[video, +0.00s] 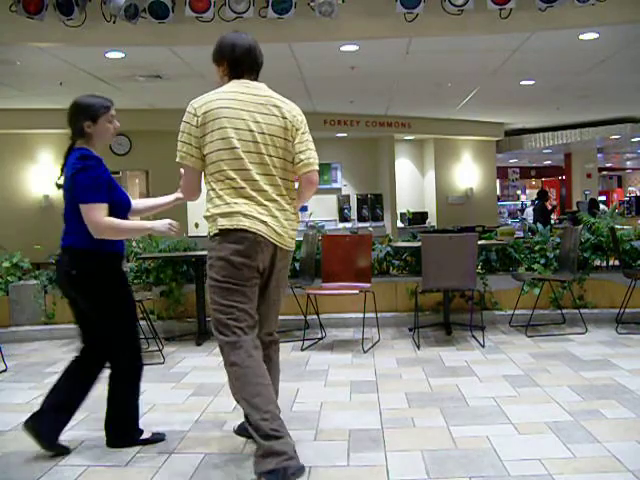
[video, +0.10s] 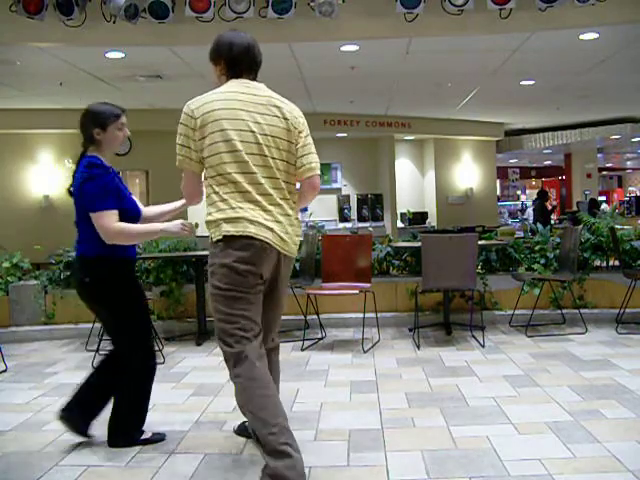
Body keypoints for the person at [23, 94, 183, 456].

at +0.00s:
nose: (117, 124)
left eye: (115, 118)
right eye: (110, 119)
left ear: (89, 127)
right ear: (90, 125)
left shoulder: (87, 162)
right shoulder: (87, 165)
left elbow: (127, 206)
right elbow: (99, 226)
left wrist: (177, 197)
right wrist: (153, 227)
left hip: (81, 265)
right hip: (97, 266)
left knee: (97, 348)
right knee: (127, 352)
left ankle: (45, 424)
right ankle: (123, 432)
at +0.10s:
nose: (127, 134)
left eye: (126, 128)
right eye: (120, 128)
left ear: (101, 134)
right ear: (98, 133)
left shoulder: (105, 171)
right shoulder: (95, 174)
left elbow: (138, 215)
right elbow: (110, 231)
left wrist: (185, 203)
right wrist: (165, 229)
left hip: (112, 270)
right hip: (104, 272)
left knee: (134, 348)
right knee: (137, 350)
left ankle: (77, 415)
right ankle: (126, 434)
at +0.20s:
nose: (136, 132)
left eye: (136, 125)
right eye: (130, 126)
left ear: (116, 132)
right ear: (108, 131)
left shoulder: (118, 168)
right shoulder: (103, 170)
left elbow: (141, 218)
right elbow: (116, 228)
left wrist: (184, 214)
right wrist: (175, 226)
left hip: (127, 268)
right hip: (113, 270)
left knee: (157, 339)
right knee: (145, 345)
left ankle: (128, 425)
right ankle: (124, 432)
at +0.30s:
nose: (147, 126)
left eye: (146, 120)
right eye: (139, 120)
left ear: (136, 126)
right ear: (117, 126)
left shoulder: (133, 162)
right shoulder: (114, 164)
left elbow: (146, 213)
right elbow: (122, 219)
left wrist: (187, 215)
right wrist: (181, 217)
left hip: (140, 263)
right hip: (121, 266)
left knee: (169, 332)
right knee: (139, 344)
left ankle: (176, 409)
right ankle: (124, 432)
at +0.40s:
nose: (156, 125)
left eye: (157, 119)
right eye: (148, 119)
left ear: (156, 126)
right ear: (128, 125)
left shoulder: (157, 164)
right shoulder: (121, 163)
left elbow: (181, 207)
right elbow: (128, 216)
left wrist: (205, 215)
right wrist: (183, 215)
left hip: (154, 262)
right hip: (129, 264)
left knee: (182, 335)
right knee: (135, 348)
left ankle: (211, 403)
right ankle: (123, 432)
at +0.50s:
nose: (167, 126)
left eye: (169, 120)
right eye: (159, 121)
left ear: (170, 127)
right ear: (140, 128)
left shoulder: (172, 166)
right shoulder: (130, 163)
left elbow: (180, 210)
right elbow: (132, 219)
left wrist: (205, 216)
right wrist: (182, 218)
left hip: (171, 263)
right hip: (139, 264)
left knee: (196, 336)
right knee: (140, 349)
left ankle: (217, 403)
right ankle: (124, 431)